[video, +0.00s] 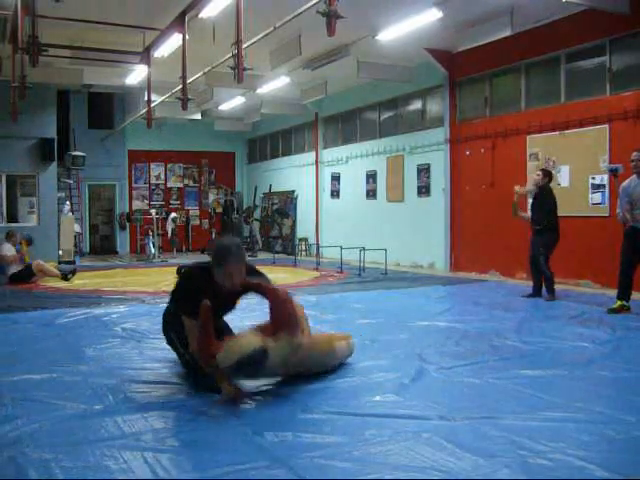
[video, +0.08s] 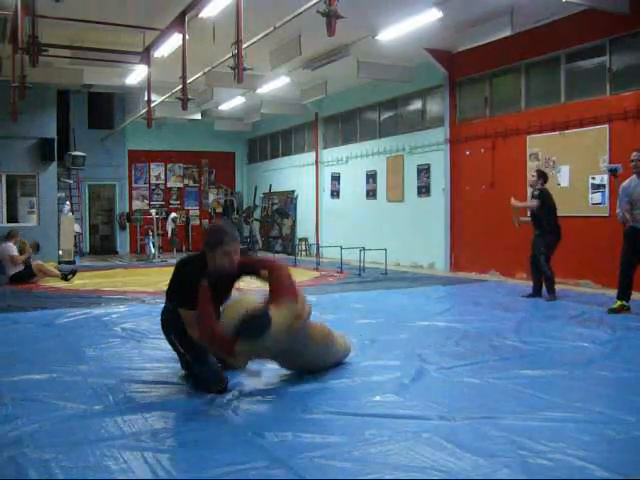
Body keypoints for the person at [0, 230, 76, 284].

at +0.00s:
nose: (17, 240)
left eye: (17, 238)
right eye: (16, 238)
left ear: (12, 238)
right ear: (11, 238)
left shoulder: (13, 248)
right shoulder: (6, 247)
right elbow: (7, 260)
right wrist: (20, 255)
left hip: (20, 274)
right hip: (14, 276)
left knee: (44, 269)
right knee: (38, 264)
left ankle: (64, 274)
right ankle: (62, 276)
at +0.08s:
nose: (18, 240)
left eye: (18, 238)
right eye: (17, 238)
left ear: (9, 237)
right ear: (14, 238)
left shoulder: (6, 246)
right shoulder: (9, 246)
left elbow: (15, 262)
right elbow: (16, 261)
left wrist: (25, 253)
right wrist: (27, 254)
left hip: (18, 275)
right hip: (16, 275)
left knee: (44, 270)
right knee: (38, 265)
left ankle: (63, 274)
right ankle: (62, 276)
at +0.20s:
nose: (19, 240)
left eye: (19, 238)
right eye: (19, 238)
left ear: (9, 237)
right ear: (17, 238)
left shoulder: (4, 247)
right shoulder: (15, 247)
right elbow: (24, 262)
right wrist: (31, 254)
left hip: (11, 277)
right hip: (18, 276)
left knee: (44, 271)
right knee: (39, 266)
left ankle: (64, 274)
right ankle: (63, 276)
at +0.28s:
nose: (22, 240)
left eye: (21, 238)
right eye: (21, 238)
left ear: (11, 237)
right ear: (20, 238)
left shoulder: (3, 246)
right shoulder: (19, 248)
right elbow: (27, 264)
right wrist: (31, 253)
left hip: (10, 278)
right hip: (17, 277)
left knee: (44, 271)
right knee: (40, 266)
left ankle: (64, 275)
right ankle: (63, 276)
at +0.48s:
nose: (20, 240)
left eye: (20, 238)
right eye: (20, 238)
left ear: (10, 237)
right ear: (19, 238)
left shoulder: (3, 246)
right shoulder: (17, 248)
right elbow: (23, 265)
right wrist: (28, 256)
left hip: (9, 277)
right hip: (16, 276)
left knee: (44, 271)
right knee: (42, 266)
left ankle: (64, 274)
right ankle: (63, 275)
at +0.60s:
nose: (18, 240)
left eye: (17, 238)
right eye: (17, 238)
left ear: (10, 237)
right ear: (14, 237)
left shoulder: (9, 246)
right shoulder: (10, 246)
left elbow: (16, 261)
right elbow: (16, 261)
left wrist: (23, 259)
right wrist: (25, 258)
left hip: (16, 275)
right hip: (13, 276)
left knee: (43, 270)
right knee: (40, 265)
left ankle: (64, 275)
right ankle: (63, 275)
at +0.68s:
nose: (20, 239)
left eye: (20, 237)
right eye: (18, 237)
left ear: (14, 237)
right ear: (12, 237)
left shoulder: (14, 247)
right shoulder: (7, 247)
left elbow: (15, 260)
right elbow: (8, 261)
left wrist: (23, 257)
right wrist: (20, 256)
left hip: (19, 274)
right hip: (13, 276)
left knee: (44, 271)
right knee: (39, 264)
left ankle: (65, 275)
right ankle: (63, 275)